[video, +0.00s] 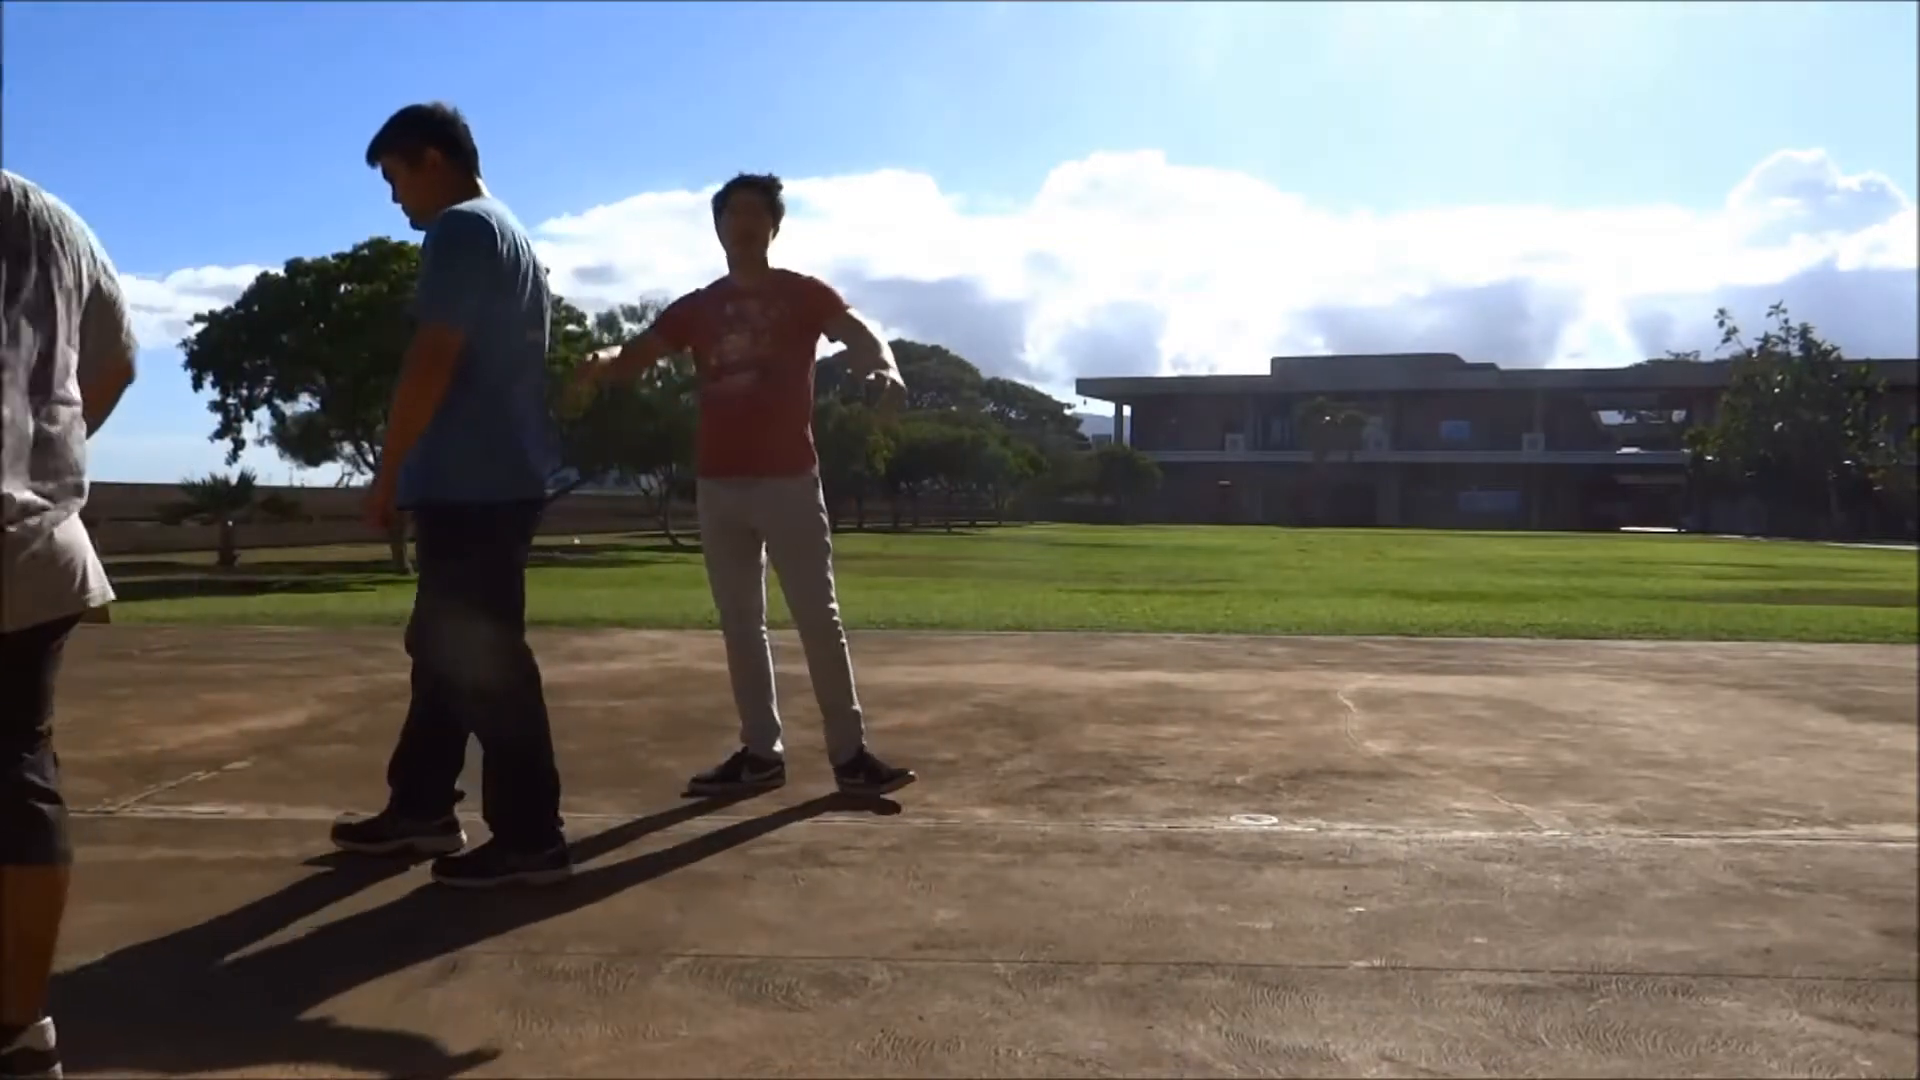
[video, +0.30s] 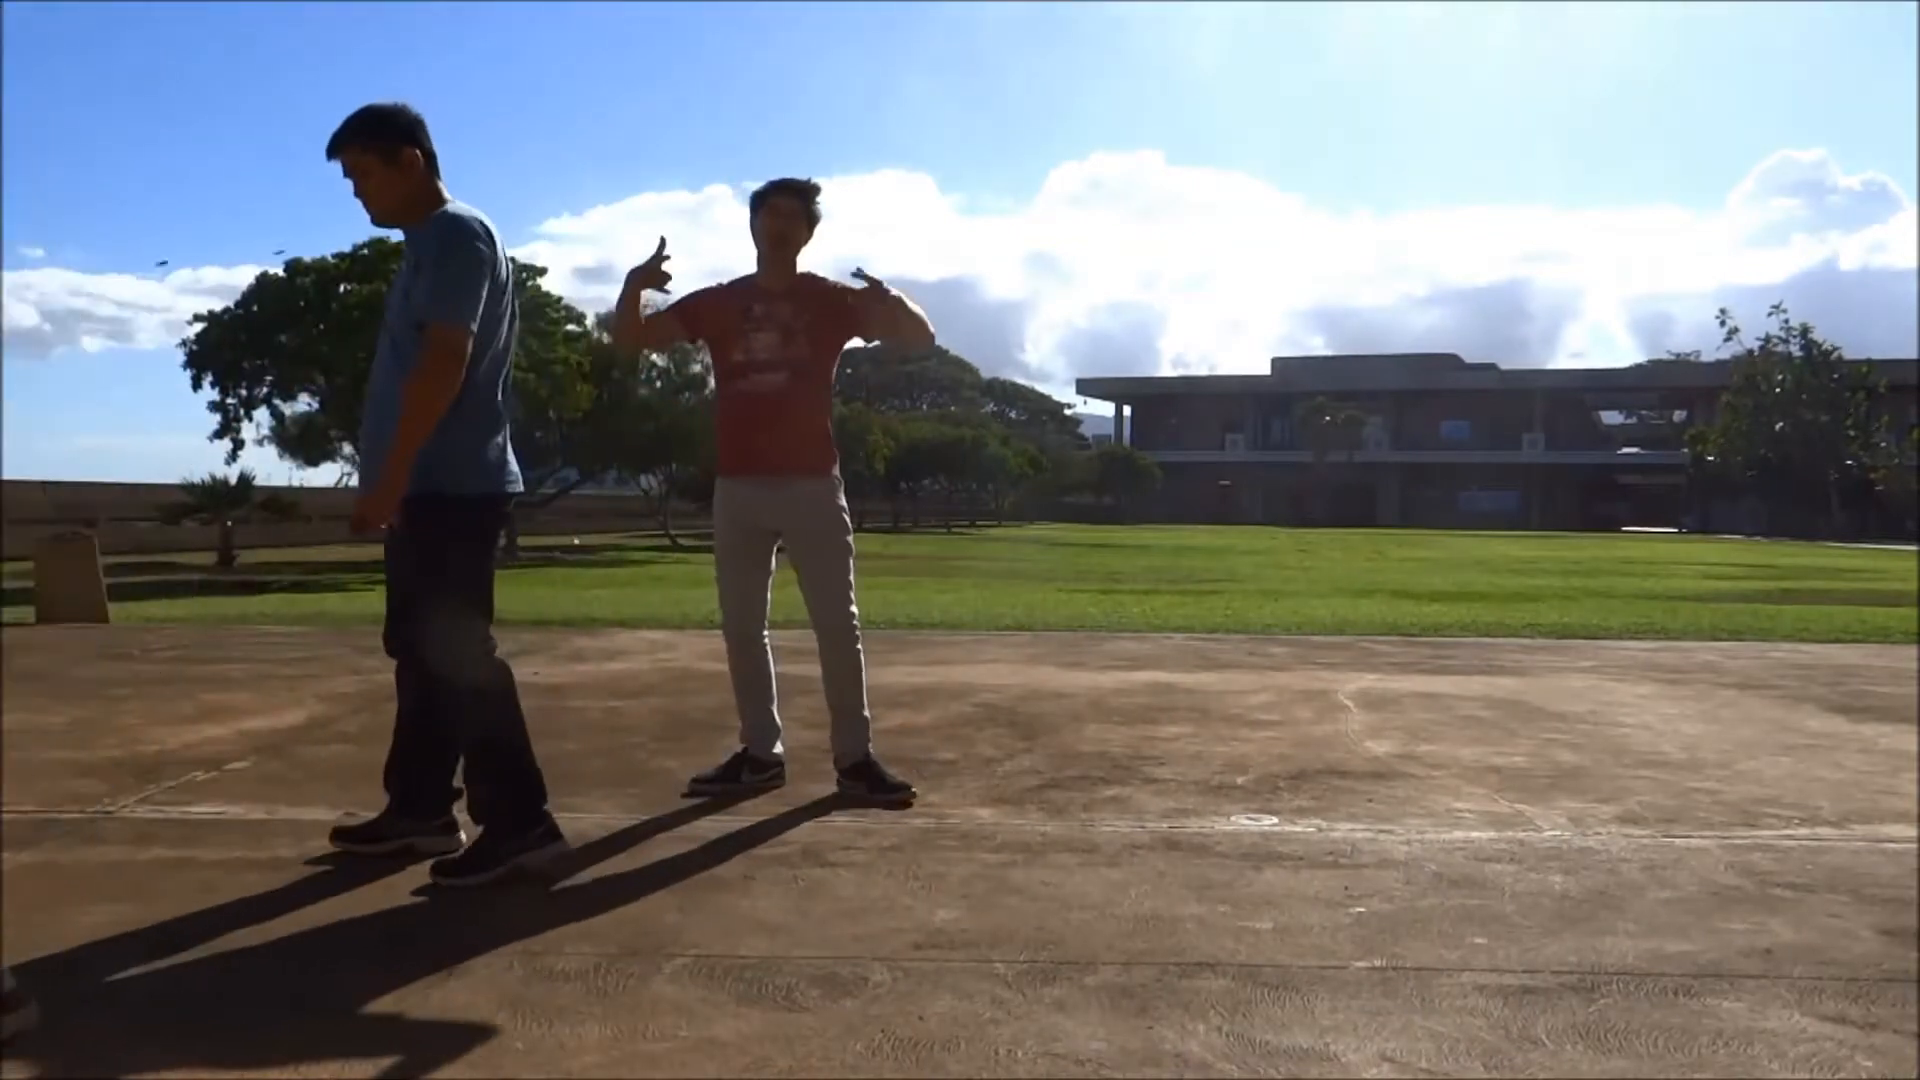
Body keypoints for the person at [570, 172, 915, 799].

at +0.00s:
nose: (743, 226)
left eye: (755, 215)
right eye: (733, 216)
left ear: (774, 224)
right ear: (718, 225)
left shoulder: (804, 294)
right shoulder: (697, 307)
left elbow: (863, 339)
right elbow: (635, 357)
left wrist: (883, 367)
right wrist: (601, 367)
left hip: (790, 483)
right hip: (721, 487)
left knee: (819, 619)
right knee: (740, 626)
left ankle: (850, 755)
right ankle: (762, 752)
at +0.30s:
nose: (779, 226)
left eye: (793, 217)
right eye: (770, 215)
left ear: (811, 230)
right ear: (752, 224)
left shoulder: (830, 300)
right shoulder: (719, 302)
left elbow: (918, 340)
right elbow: (631, 338)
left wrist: (887, 298)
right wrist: (633, 285)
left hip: (813, 488)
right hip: (740, 489)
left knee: (838, 625)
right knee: (742, 629)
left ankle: (856, 761)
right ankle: (761, 756)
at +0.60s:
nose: (823, 225)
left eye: (835, 217)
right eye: (814, 214)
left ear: (851, 231)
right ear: (793, 224)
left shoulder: (864, 304)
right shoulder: (755, 296)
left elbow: (944, 346)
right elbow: (671, 315)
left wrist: (916, 268)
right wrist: (714, 241)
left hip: (845, 487)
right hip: (770, 485)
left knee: (863, 627)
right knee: (755, 627)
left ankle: (858, 762)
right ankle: (762, 755)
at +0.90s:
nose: (858, 228)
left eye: (872, 221)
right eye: (849, 215)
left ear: (888, 237)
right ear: (828, 225)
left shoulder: (893, 314)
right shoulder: (785, 294)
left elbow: (973, 364)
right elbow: (704, 314)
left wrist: (960, 283)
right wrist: (755, 240)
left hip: (866, 493)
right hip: (790, 488)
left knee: (876, 629)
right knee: (764, 624)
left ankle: (859, 761)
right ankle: (762, 754)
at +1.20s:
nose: (883, 216)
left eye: (895, 206)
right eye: (871, 205)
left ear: (911, 219)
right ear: (851, 217)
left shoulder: (926, 306)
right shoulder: (814, 282)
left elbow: (1007, 352)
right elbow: (728, 291)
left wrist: (993, 281)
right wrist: (772, 231)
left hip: (887, 484)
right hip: (814, 477)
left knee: (875, 629)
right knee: (778, 616)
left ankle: (859, 760)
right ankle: (758, 745)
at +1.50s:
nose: (897, 217)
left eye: (907, 207)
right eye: (885, 207)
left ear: (922, 217)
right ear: (863, 218)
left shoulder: (939, 303)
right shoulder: (832, 285)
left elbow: (1018, 360)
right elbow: (740, 302)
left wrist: (1001, 321)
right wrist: (807, 275)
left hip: (901, 484)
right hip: (831, 477)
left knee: (879, 629)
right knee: (810, 623)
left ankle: (859, 761)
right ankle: (786, 754)